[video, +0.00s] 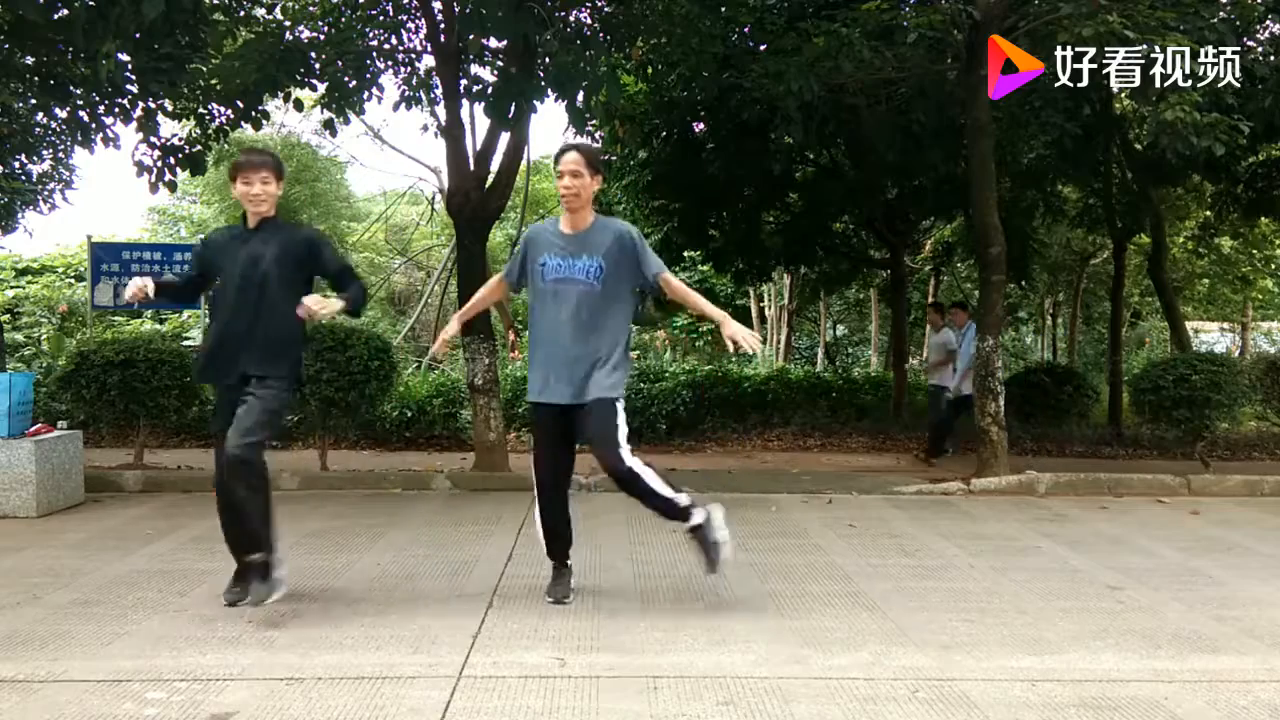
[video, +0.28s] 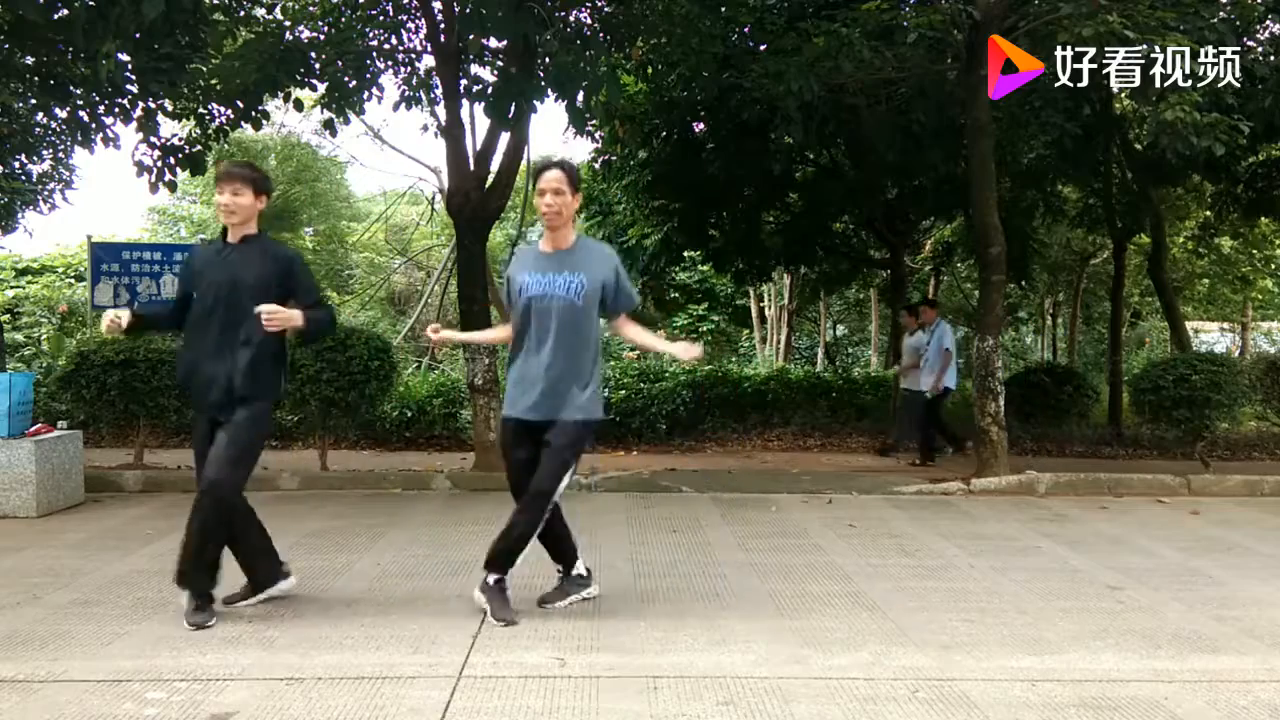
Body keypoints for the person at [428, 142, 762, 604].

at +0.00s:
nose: (566, 183)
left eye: (576, 175)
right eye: (561, 175)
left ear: (596, 182)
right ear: (554, 183)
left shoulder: (621, 236)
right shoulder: (535, 237)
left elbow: (668, 283)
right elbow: (503, 282)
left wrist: (722, 318)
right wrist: (458, 318)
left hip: (601, 379)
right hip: (547, 380)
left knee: (616, 463)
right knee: (549, 482)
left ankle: (695, 518)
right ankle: (559, 567)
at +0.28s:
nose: (550, 201)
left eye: (559, 193)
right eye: (543, 193)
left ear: (577, 200)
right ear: (534, 200)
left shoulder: (601, 258)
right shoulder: (522, 258)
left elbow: (621, 322)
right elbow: (514, 329)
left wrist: (668, 346)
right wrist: (454, 336)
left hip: (577, 399)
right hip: (523, 397)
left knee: (540, 493)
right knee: (528, 495)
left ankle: (493, 577)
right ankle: (575, 574)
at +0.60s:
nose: (543, 177)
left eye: (552, 169)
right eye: (535, 169)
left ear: (568, 178)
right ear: (524, 176)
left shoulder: (587, 232)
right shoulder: (506, 234)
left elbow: (642, 262)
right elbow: (475, 272)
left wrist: (650, 274)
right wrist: (437, 275)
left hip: (572, 377)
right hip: (521, 378)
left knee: (573, 478)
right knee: (534, 481)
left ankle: (579, 583)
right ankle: (546, 563)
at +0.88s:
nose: (540, 202)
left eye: (550, 194)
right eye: (533, 193)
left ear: (566, 202)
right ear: (523, 201)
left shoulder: (588, 262)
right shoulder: (508, 261)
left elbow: (599, 329)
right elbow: (497, 328)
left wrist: (627, 312)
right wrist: (450, 309)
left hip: (567, 402)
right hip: (515, 400)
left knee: (536, 491)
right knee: (529, 497)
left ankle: (498, 578)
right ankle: (582, 574)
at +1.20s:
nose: (539, 182)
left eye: (549, 174)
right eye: (532, 174)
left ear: (565, 183)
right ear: (523, 181)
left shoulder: (587, 238)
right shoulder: (503, 239)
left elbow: (647, 270)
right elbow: (458, 276)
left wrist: (645, 311)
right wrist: (435, 311)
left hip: (566, 379)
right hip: (518, 380)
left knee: (553, 481)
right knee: (527, 484)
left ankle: (562, 587)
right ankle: (557, 569)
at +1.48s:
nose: (543, 196)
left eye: (553, 188)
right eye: (536, 188)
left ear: (570, 196)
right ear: (527, 195)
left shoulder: (589, 253)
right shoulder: (510, 254)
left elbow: (624, 306)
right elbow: (501, 318)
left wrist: (626, 315)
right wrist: (463, 313)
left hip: (564, 393)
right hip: (516, 391)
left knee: (531, 484)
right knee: (510, 482)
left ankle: (511, 579)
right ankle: (565, 566)